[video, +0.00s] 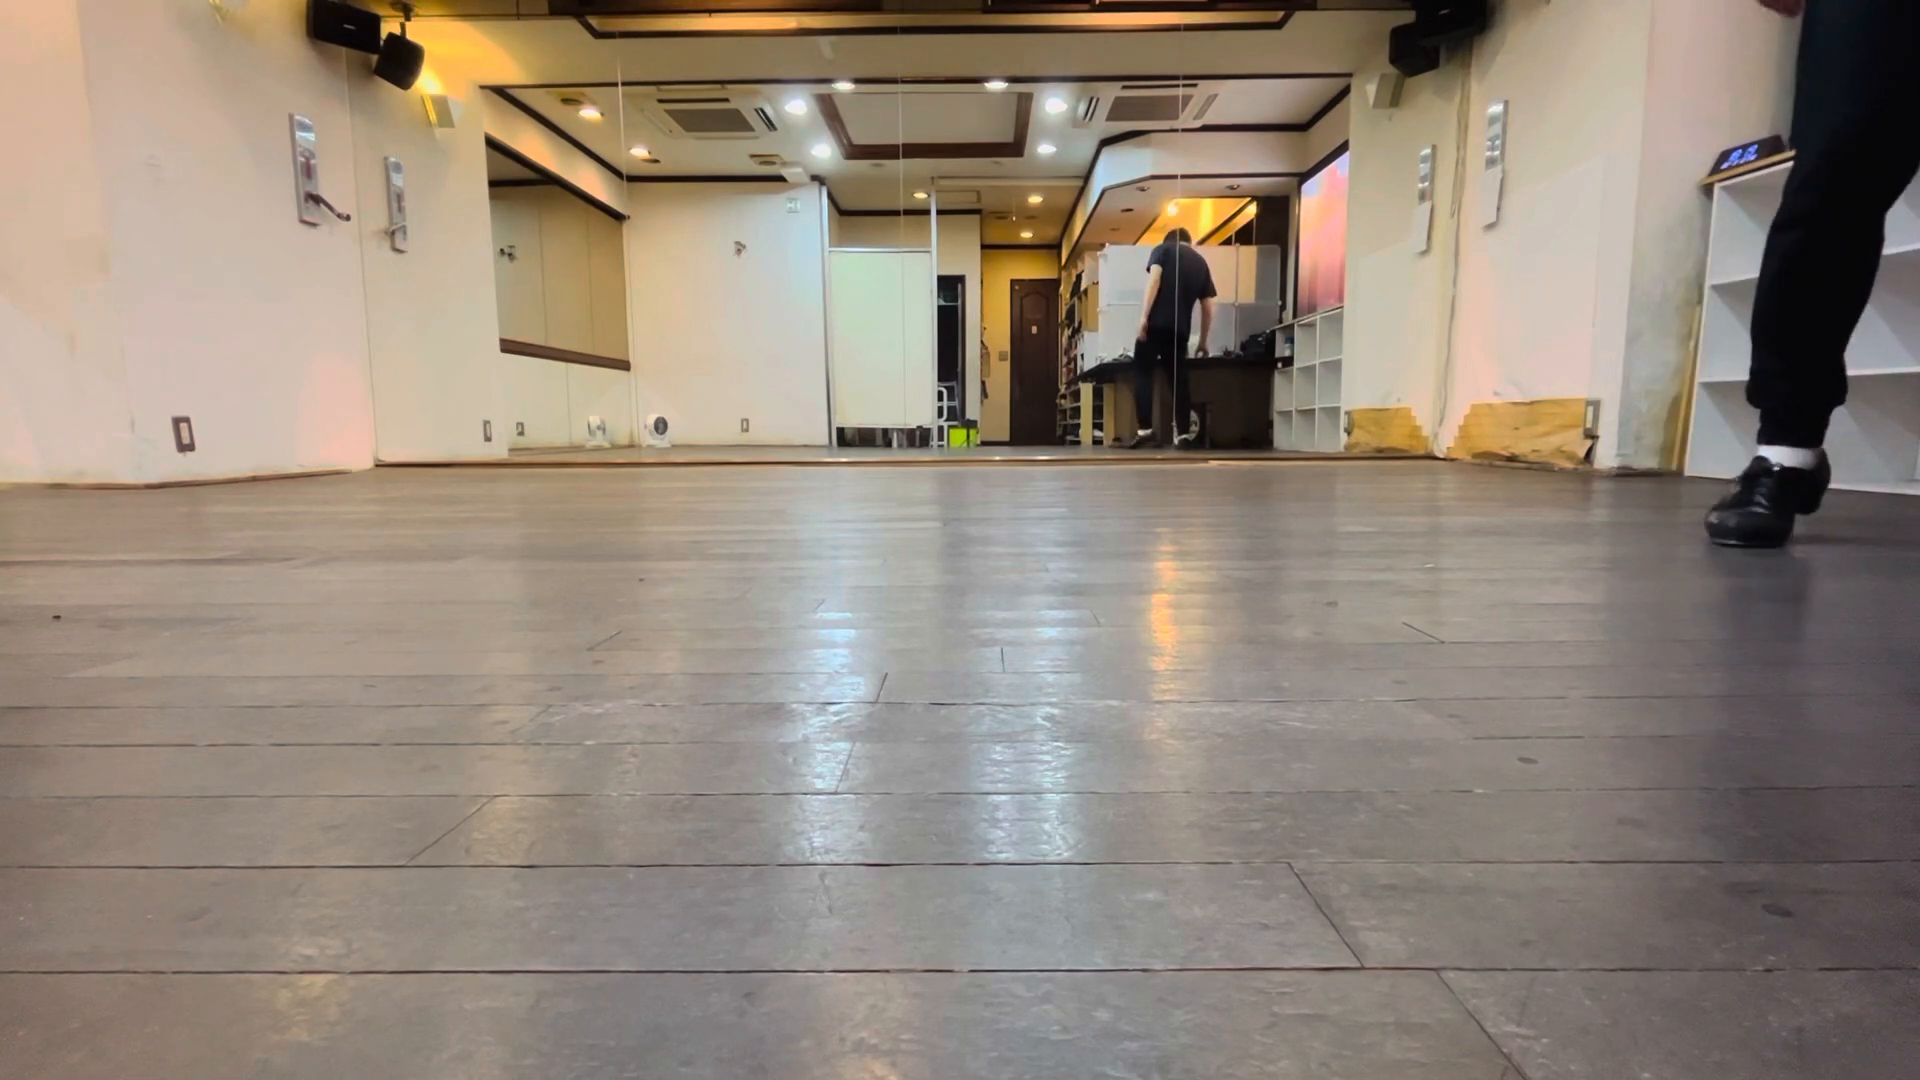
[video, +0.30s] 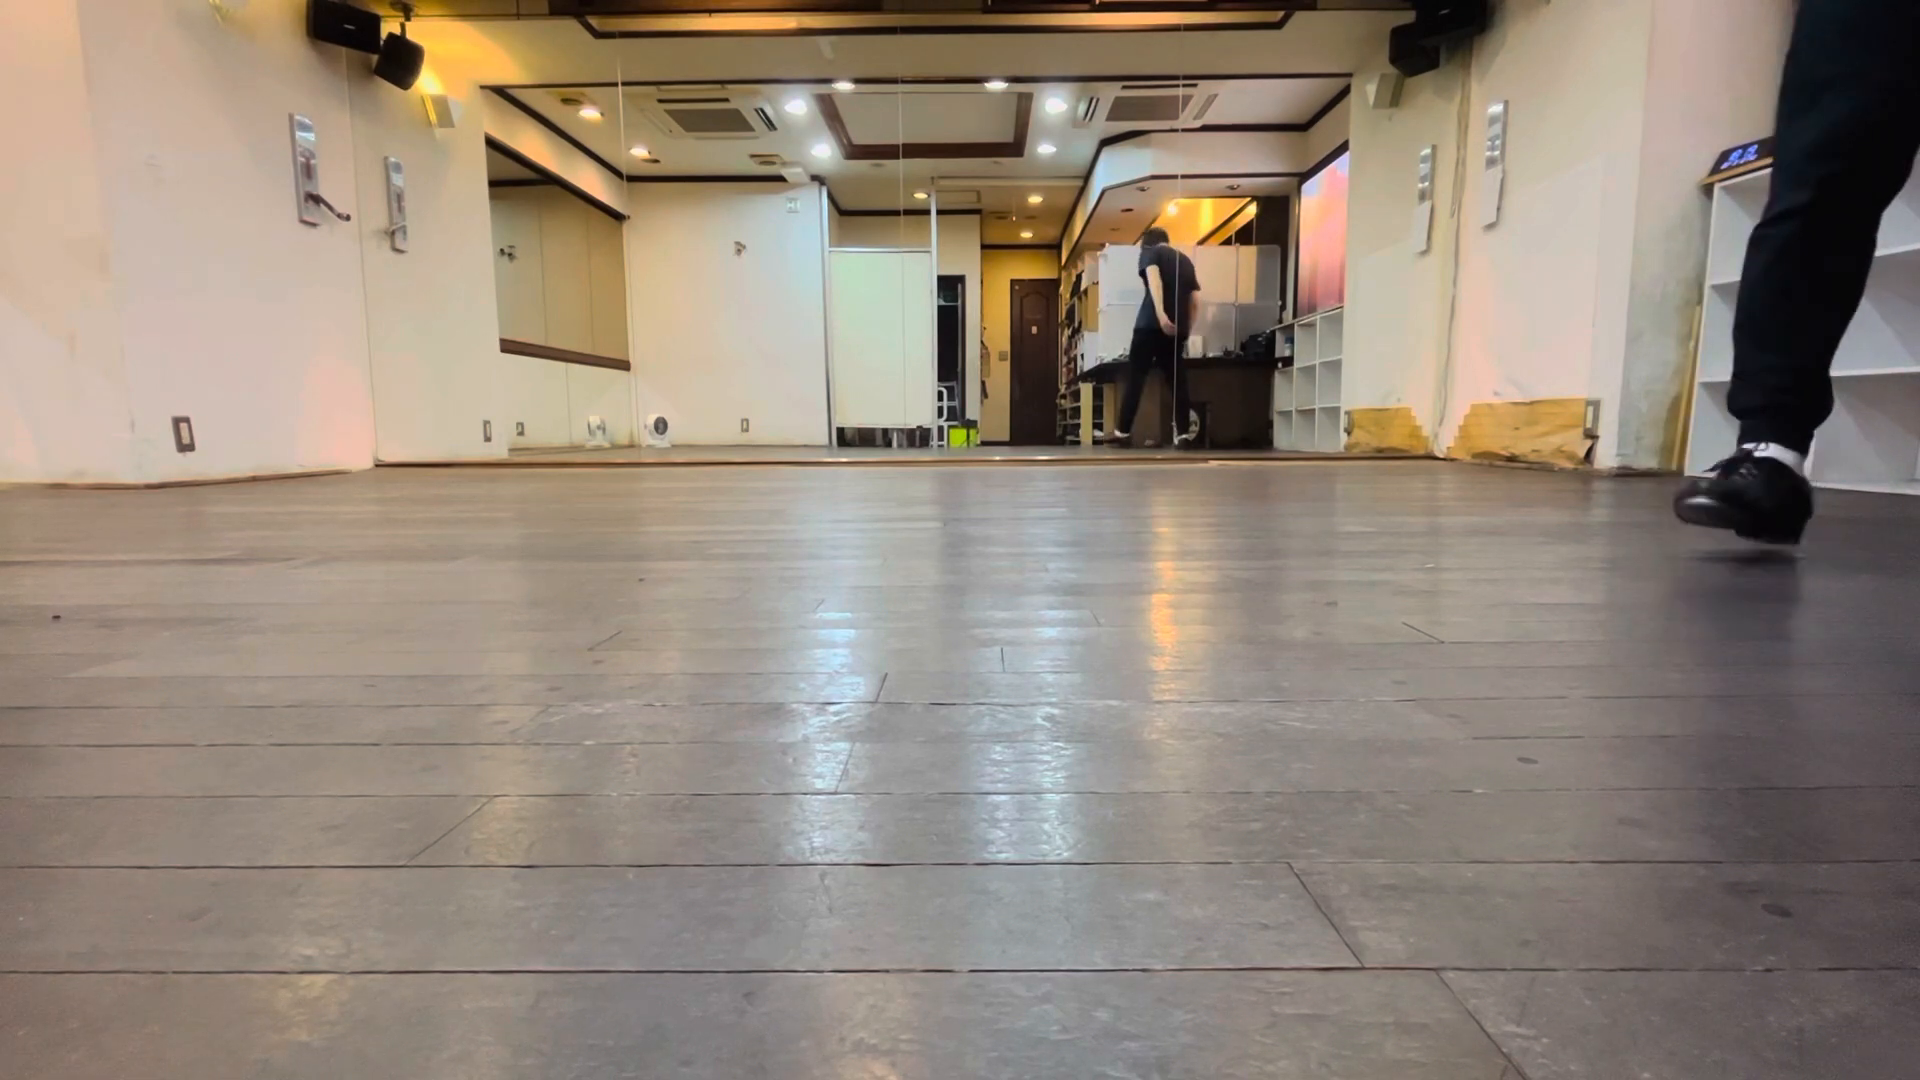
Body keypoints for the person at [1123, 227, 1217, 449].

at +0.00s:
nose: (1166, 244)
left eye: (1167, 241)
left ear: (1169, 240)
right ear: (1189, 242)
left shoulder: (1163, 249)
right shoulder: (1200, 261)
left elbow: (1154, 280)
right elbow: (1207, 307)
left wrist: (1144, 318)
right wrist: (1203, 340)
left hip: (1155, 327)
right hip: (1180, 330)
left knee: (1142, 373)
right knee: (1179, 378)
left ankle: (1144, 428)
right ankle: (1182, 432)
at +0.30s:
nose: (1143, 249)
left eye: (1143, 246)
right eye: (1143, 246)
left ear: (1147, 242)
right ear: (1165, 241)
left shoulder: (1150, 251)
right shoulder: (1184, 259)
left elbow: (1154, 279)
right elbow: (1195, 299)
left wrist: (1161, 315)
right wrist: (1188, 326)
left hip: (1149, 326)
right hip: (1177, 328)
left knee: (1136, 377)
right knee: (1177, 379)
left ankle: (1123, 431)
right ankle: (1182, 433)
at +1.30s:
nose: (1045, 256)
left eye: (1044, 251)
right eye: (1044, 252)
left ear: (1048, 246)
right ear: (1063, 245)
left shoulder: (1057, 257)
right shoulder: (1079, 267)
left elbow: (1055, 295)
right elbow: (1088, 306)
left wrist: (1043, 327)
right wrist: (1096, 339)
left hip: (1062, 330)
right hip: (1076, 331)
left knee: (1061, 380)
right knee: (1064, 380)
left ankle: (1099, 421)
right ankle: (1067, 430)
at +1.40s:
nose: (1034, 256)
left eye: (1034, 251)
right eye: (1034, 252)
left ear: (1039, 246)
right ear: (1054, 245)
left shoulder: (1050, 258)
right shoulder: (1066, 263)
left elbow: (1052, 285)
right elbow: (1071, 298)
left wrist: (1049, 326)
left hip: (1059, 330)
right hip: (1067, 331)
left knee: (1043, 378)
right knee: (1049, 379)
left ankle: (1070, 417)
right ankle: (1055, 429)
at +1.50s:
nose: (1025, 255)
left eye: (1025, 250)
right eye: (1024, 251)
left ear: (1030, 245)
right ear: (1041, 244)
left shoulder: (1041, 256)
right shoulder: (1052, 259)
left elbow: (1048, 283)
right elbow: (1057, 290)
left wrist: (1054, 317)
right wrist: (1055, 318)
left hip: (1044, 327)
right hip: (1053, 326)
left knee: (1036, 373)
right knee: (1048, 375)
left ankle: (1049, 422)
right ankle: (1055, 423)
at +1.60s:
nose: (1014, 256)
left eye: (1014, 251)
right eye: (1013, 252)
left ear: (1019, 247)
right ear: (1032, 245)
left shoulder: (1031, 258)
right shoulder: (1043, 262)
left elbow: (1042, 282)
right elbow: (1036, 302)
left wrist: (1053, 313)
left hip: (1035, 330)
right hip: (1045, 330)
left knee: (1017, 377)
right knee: (1046, 379)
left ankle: (1023, 427)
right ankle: (1051, 429)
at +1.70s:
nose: (1002, 260)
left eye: (1001, 256)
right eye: (1001, 257)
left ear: (1006, 249)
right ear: (1021, 247)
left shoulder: (1017, 260)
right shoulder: (1033, 263)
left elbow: (1029, 283)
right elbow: (1032, 299)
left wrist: (1044, 315)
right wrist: (1017, 324)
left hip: (1027, 334)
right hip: (1040, 334)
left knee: (1011, 383)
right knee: (1039, 383)